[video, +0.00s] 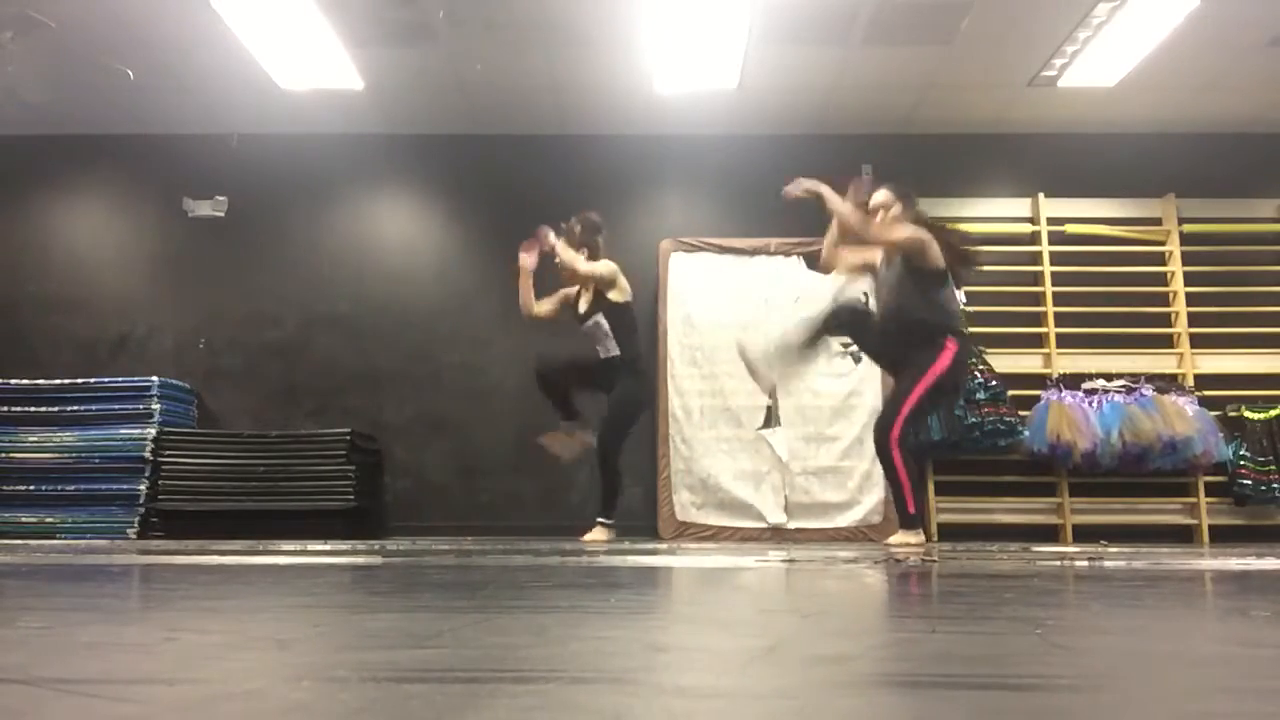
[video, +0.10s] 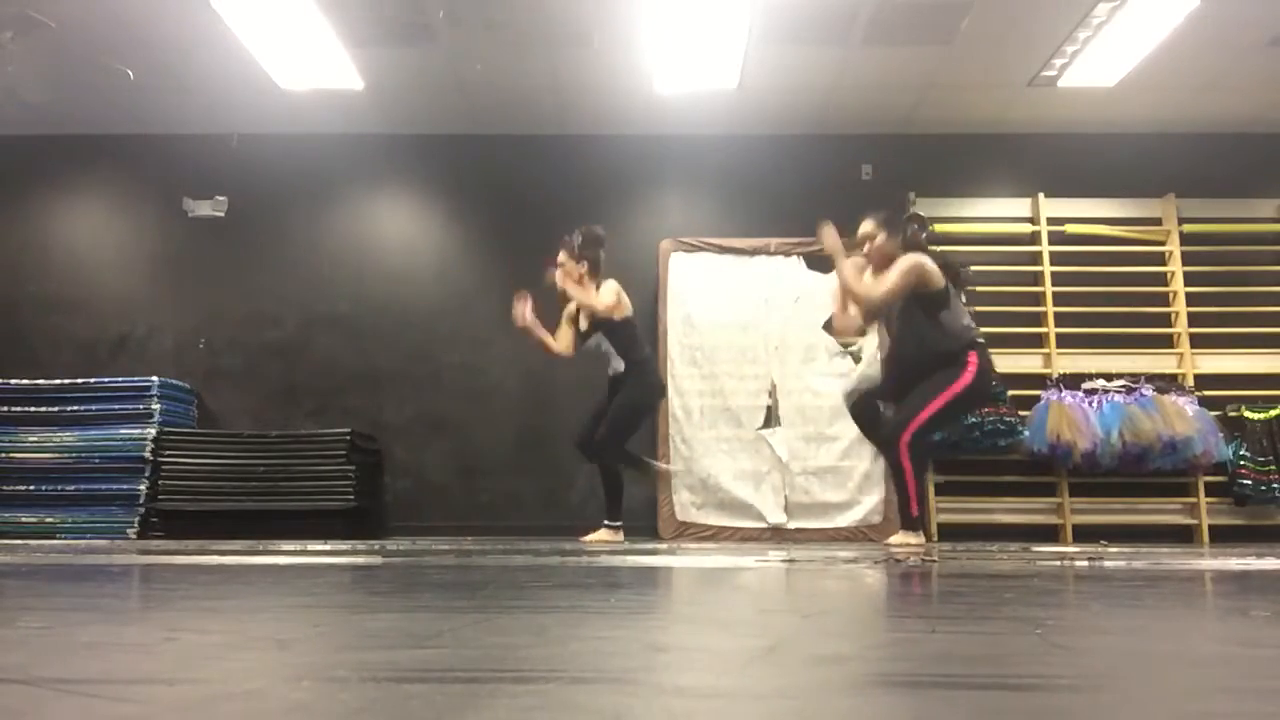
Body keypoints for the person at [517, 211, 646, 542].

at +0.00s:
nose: (565, 254)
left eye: (569, 247)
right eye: (564, 248)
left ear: (585, 247)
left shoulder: (610, 273)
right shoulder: (574, 293)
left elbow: (580, 267)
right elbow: (531, 310)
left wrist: (554, 244)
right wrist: (526, 270)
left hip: (632, 373)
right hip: (606, 370)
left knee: (608, 445)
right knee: (548, 369)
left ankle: (605, 524)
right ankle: (576, 430)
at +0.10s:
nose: (559, 270)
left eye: (563, 264)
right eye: (559, 264)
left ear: (583, 267)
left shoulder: (610, 288)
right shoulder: (573, 310)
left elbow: (603, 307)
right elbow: (563, 349)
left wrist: (565, 286)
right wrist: (531, 324)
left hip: (643, 380)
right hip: (621, 383)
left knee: (607, 445)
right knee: (586, 442)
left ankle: (614, 527)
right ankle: (656, 472)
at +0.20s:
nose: (561, 288)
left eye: (565, 281)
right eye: (561, 282)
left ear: (585, 283)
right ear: (583, 284)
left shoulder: (615, 310)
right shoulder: (578, 323)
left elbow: (622, 351)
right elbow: (581, 368)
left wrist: (575, 339)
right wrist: (557, 387)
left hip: (644, 392)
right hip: (634, 394)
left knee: (595, 452)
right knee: (650, 471)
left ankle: (611, 527)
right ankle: (726, 488)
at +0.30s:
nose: (568, 299)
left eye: (573, 293)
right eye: (569, 293)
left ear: (594, 296)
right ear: (586, 297)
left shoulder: (622, 326)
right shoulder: (584, 332)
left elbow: (633, 377)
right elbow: (593, 376)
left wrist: (584, 380)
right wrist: (596, 414)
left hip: (653, 405)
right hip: (653, 404)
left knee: (590, 453)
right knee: (696, 470)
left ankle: (611, 528)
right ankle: (765, 506)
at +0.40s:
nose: (583, 302)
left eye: (587, 296)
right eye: (583, 296)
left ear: (608, 299)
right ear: (609, 300)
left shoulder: (624, 331)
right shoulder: (633, 322)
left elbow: (630, 382)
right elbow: (644, 374)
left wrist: (594, 376)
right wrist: (626, 396)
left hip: (661, 405)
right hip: (687, 401)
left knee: (599, 451)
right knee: (720, 467)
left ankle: (611, 528)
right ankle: (775, 521)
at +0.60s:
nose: (635, 279)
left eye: (636, 272)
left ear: (640, 276)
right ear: (668, 267)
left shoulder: (647, 318)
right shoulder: (689, 289)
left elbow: (637, 361)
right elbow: (682, 249)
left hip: (686, 394)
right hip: (719, 391)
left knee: (634, 445)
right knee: (747, 460)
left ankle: (618, 525)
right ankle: (787, 524)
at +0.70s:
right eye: (686, 254)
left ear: (662, 268)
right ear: (689, 260)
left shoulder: (664, 309)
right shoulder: (707, 275)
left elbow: (655, 320)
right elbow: (712, 231)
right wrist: (701, 209)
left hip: (692, 390)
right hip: (729, 386)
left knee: (650, 449)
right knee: (754, 456)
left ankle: (621, 522)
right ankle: (789, 525)